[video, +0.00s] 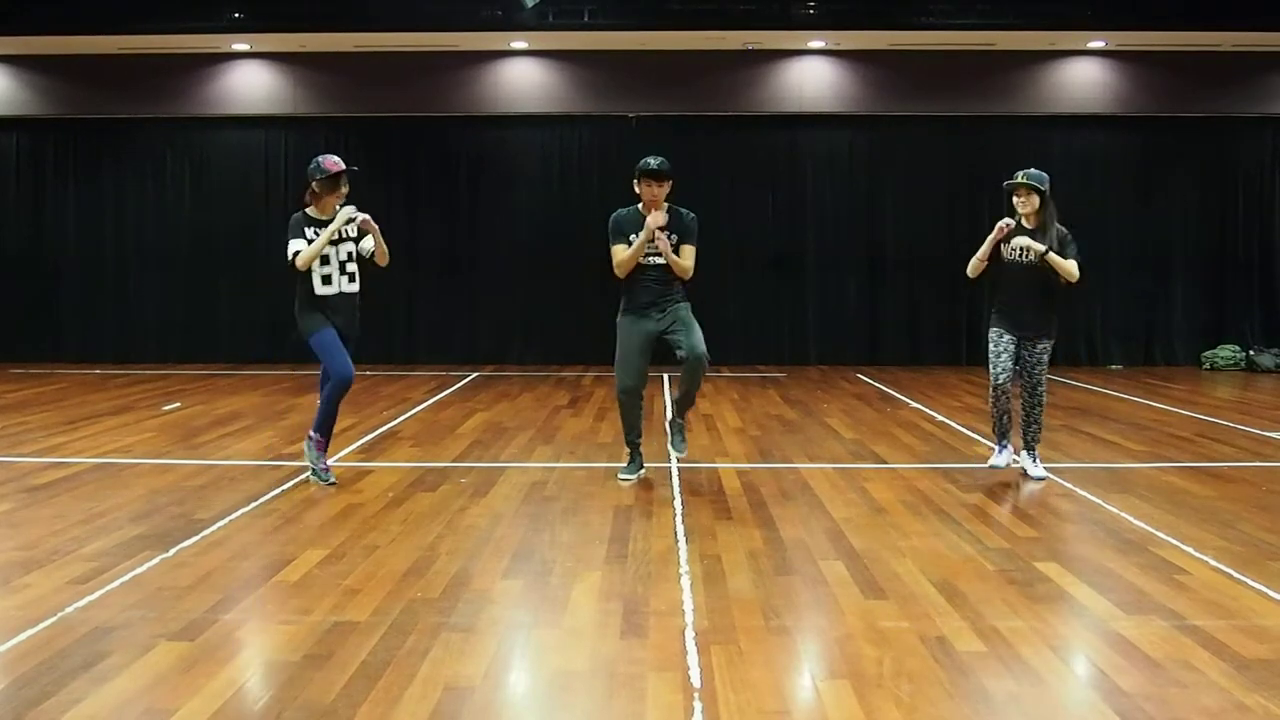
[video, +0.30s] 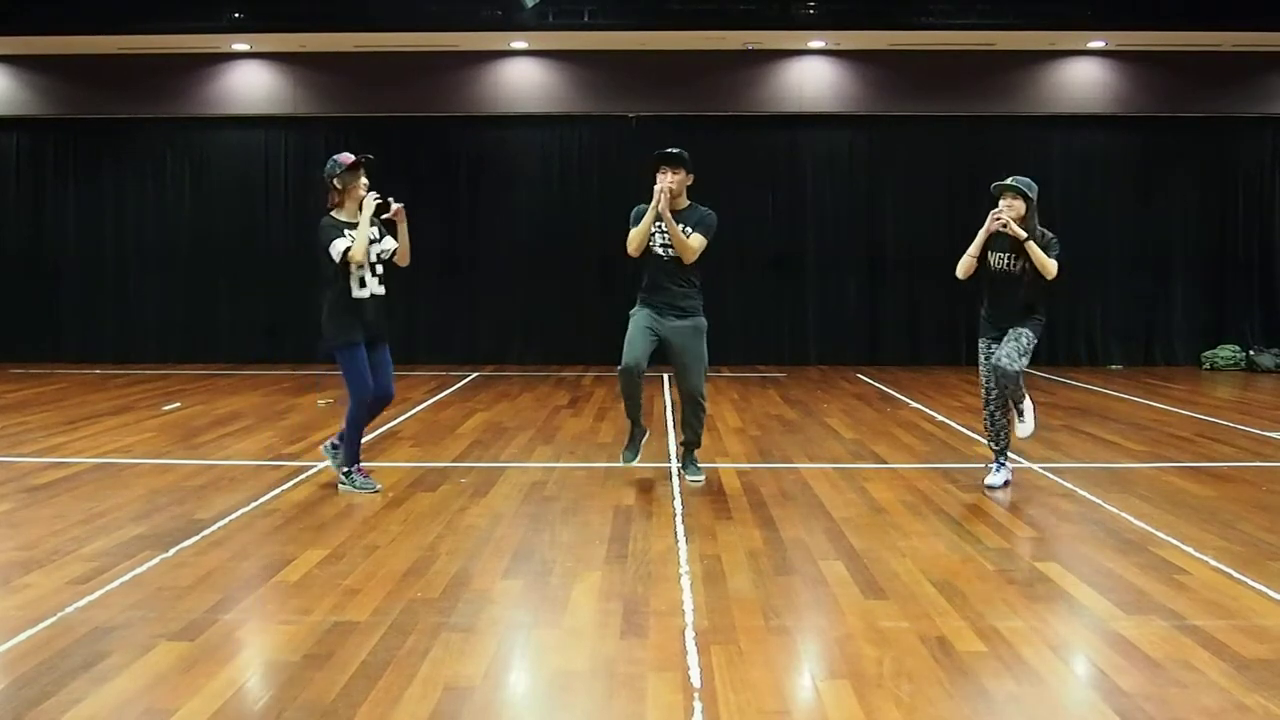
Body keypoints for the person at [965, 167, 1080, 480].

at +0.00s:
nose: (1021, 199)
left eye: (1028, 194)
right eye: (1017, 194)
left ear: (1042, 198)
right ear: (1012, 198)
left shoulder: (1058, 235)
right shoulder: (1003, 232)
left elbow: (1073, 274)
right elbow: (972, 272)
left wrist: (1042, 250)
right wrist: (993, 238)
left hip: (1040, 326)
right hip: (1003, 321)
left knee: (1034, 389)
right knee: (999, 383)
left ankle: (1029, 453)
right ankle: (1003, 447)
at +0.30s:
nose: (1006, 203)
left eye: (1014, 199)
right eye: (1003, 198)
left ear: (1029, 205)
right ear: (998, 203)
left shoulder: (1044, 239)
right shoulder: (989, 235)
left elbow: (1050, 272)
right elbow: (962, 272)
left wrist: (1023, 238)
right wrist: (983, 233)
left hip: (1026, 322)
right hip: (991, 324)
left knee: (1004, 365)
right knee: (993, 397)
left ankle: (1020, 402)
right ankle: (1000, 462)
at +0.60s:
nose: (1002, 198)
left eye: (1010, 194)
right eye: (998, 193)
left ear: (1024, 201)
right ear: (992, 199)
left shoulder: (1035, 236)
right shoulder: (982, 234)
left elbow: (1048, 261)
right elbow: (948, 263)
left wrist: (1014, 230)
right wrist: (974, 228)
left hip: (1020, 331)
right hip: (986, 330)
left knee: (1008, 399)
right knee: (988, 402)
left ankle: (1015, 467)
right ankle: (999, 461)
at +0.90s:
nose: (989, 188)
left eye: (997, 184)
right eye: (986, 183)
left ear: (1013, 191)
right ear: (981, 190)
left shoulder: (1025, 224)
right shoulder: (971, 221)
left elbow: (1025, 247)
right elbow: (927, 249)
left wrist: (993, 214)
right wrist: (957, 216)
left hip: (1014, 325)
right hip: (978, 320)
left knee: (1011, 398)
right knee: (965, 374)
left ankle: (1014, 465)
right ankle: (983, 434)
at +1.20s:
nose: (971, 197)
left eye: (980, 193)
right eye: (969, 193)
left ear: (996, 201)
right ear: (964, 200)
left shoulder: (1011, 239)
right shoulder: (956, 238)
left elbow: (1008, 268)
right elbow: (918, 267)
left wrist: (978, 231)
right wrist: (943, 228)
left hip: (994, 332)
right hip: (958, 333)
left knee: (964, 384)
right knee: (959, 407)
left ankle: (991, 428)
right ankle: (980, 476)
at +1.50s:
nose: (955, 190)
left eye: (964, 185)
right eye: (953, 185)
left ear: (981, 194)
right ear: (947, 192)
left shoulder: (994, 229)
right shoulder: (938, 226)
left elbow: (992, 252)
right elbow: (895, 253)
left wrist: (959, 217)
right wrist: (926, 215)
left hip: (976, 333)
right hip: (941, 332)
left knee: (959, 404)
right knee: (948, 409)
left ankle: (968, 479)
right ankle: (979, 467)